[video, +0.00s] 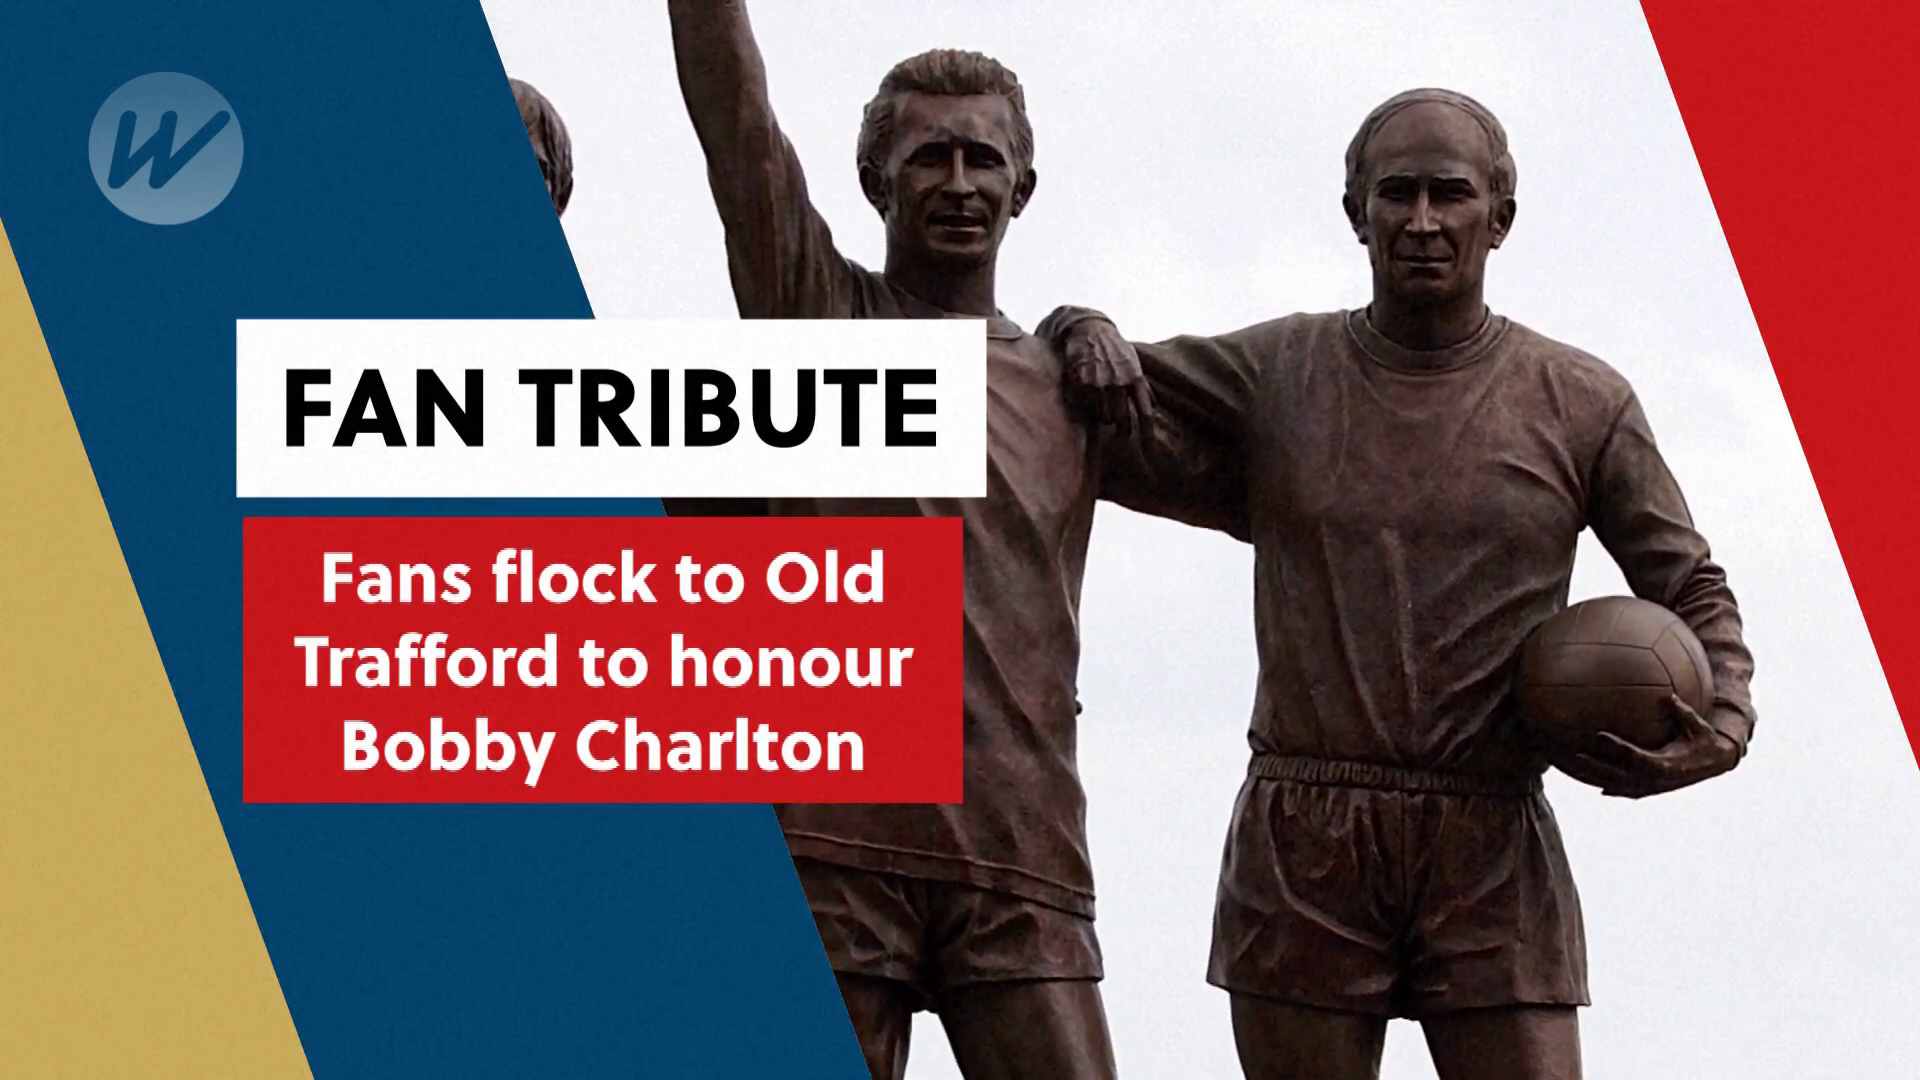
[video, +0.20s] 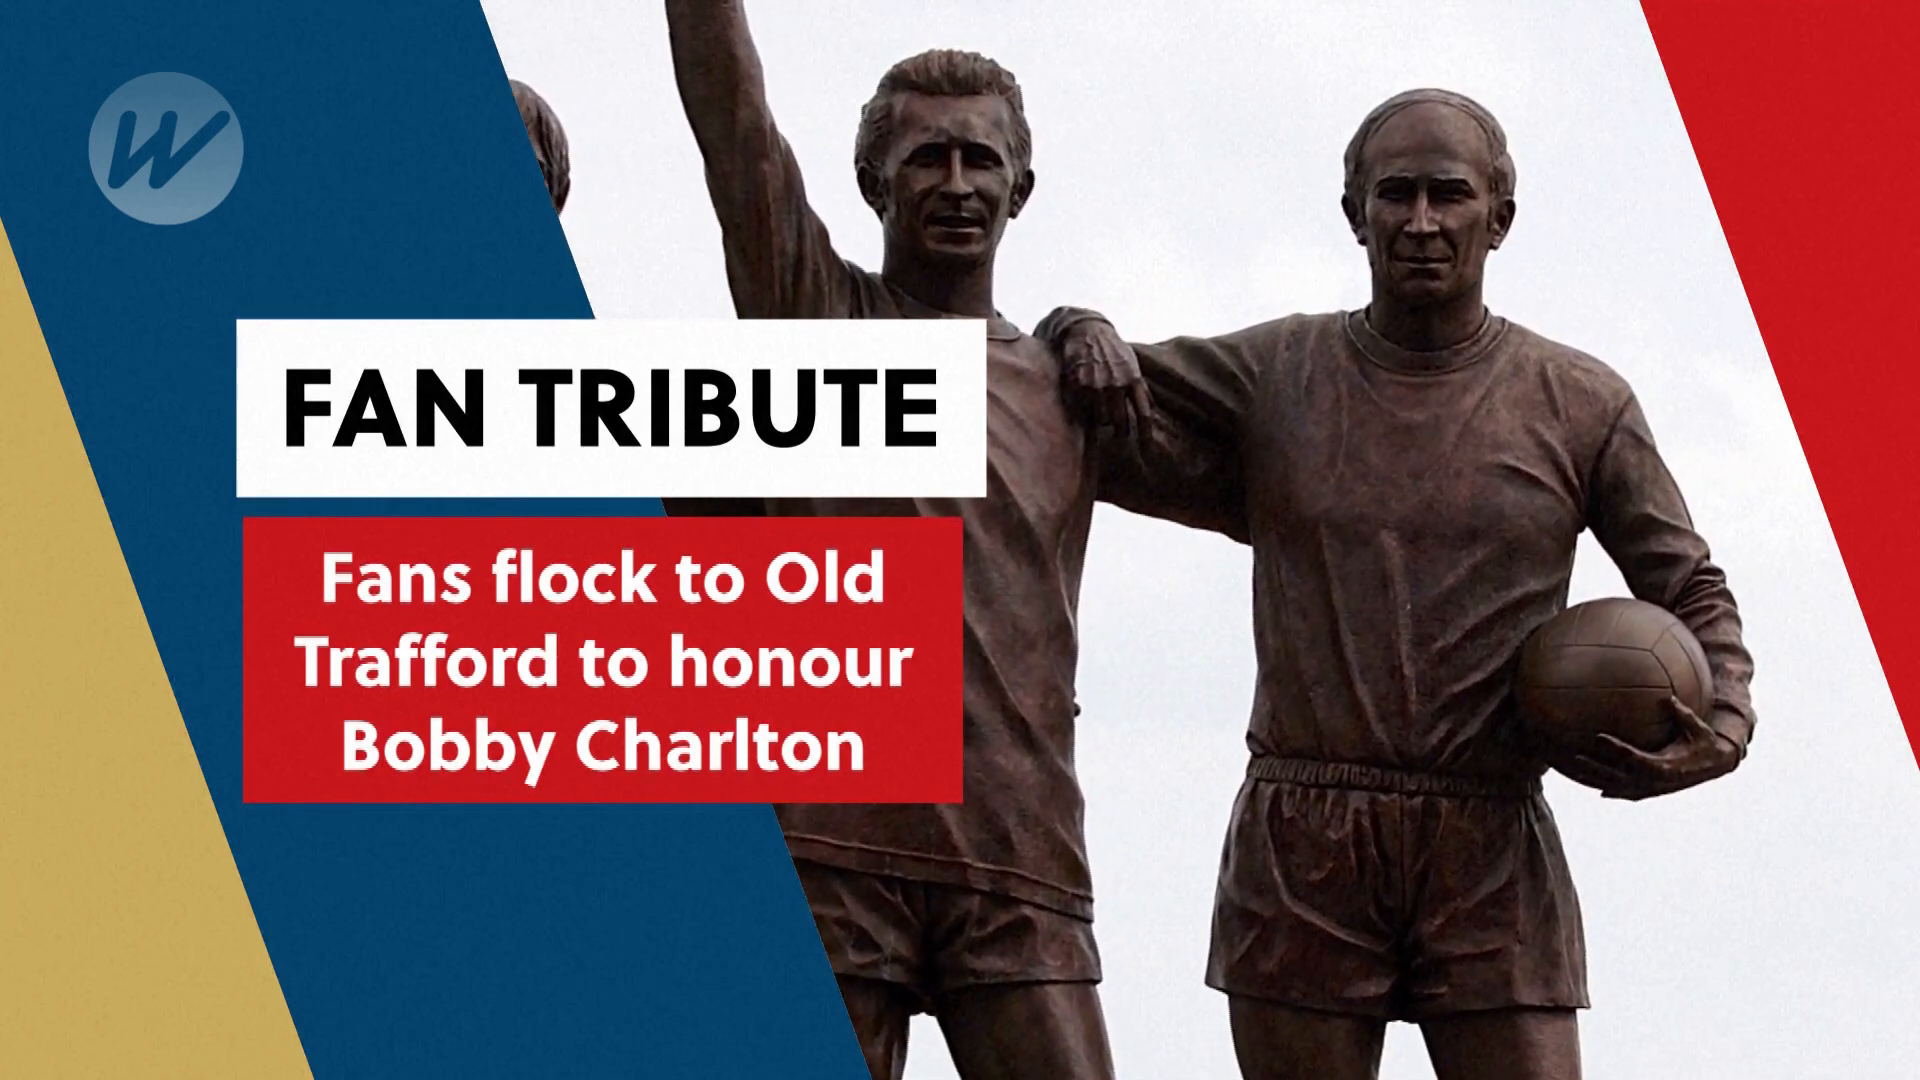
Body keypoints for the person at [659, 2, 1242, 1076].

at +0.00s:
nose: (959, 180)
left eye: (983, 157)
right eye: (928, 157)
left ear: (1020, 184)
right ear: (876, 181)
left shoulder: (1071, 390)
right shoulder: (815, 317)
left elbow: (1279, 487)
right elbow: (735, 125)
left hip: (1021, 863)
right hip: (828, 857)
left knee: (1074, 1068)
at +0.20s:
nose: (957, 181)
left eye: (981, 158)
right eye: (927, 158)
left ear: (1018, 185)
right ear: (873, 182)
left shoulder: (1071, 390)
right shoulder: (812, 318)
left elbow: (1275, 487)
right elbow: (733, 127)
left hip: (1019, 862)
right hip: (826, 856)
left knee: (1069, 1061)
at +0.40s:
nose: (956, 182)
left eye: (979, 159)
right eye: (925, 159)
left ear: (1017, 187)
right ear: (871, 183)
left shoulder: (1069, 391)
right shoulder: (809, 321)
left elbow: (1275, 489)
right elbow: (728, 121)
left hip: (1018, 864)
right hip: (825, 860)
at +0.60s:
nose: (953, 183)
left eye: (977, 159)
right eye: (922, 159)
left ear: (1015, 186)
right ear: (869, 185)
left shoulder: (1068, 391)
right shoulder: (808, 322)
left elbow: (1269, 485)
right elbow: (728, 130)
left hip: (1016, 865)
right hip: (824, 861)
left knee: (1066, 1060)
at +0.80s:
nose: (950, 183)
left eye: (975, 159)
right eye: (920, 160)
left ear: (1013, 188)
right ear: (867, 187)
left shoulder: (1067, 393)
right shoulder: (805, 322)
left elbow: (1274, 491)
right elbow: (726, 131)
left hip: (1014, 870)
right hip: (820, 866)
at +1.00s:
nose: (948, 184)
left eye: (973, 160)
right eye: (918, 160)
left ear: (1011, 190)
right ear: (865, 186)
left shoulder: (1064, 396)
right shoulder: (802, 323)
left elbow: (1275, 495)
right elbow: (721, 127)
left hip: (1013, 868)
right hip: (820, 865)